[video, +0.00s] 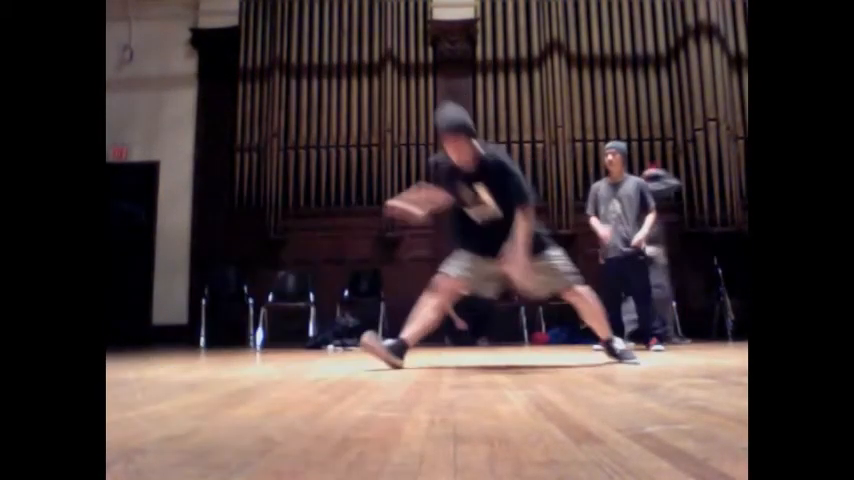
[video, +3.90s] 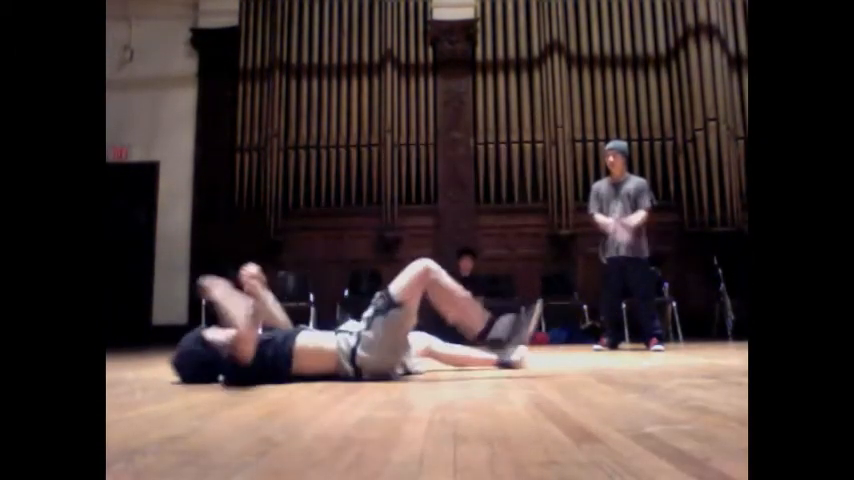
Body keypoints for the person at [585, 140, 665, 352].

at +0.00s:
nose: (609, 159)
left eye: (614, 155)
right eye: (607, 155)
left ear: (623, 158)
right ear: (604, 160)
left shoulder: (637, 184)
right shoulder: (597, 188)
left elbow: (651, 212)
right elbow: (591, 215)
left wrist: (642, 234)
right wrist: (601, 229)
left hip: (633, 251)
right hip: (609, 254)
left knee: (643, 298)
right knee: (610, 301)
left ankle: (650, 336)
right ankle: (614, 337)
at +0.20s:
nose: (609, 160)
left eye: (613, 155)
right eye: (606, 156)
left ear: (622, 159)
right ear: (603, 160)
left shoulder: (637, 184)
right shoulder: (597, 187)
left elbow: (650, 211)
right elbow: (590, 215)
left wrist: (641, 234)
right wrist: (604, 212)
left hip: (633, 250)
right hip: (609, 253)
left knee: (642, 297)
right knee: (611, 298)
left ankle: (651, 336)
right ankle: (612, 337)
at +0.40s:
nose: (608, 162)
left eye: (612, 158)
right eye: (605, 158)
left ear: (622, 160)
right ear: (603, 162)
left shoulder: (637, 183)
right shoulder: (599, 185)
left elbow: (648, 212)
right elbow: (596, 206)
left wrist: (644, 239)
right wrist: (614, 182)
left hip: (633, 248)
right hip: (609, 250)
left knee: (642, 296)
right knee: (610, 298)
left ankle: (653, 336)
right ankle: (612, 337)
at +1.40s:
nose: (607, 165)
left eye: (611, 160)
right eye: (604, 161)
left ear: (622, 162)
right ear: (602, 164)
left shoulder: (638, 185)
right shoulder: (598, 188)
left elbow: (648, 213)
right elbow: (590, 218)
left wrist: (647, 242)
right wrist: (610, 203)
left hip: (635, 247)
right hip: (610, 249)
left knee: (643, 294)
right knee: (611, 296)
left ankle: (653, 336)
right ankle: (612, 337)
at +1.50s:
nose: (610, 162)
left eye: (614, 158)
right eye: (607, 158)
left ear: (623, 160)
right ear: (605, 162)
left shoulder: (639, 184)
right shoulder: (598, 188)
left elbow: (651, 211)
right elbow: (592, 214)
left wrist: (647, 241)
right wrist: (608, 226)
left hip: (636, 250)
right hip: (611, 251)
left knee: (644, 296)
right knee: (610, 298)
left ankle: (653, 336)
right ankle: (609, 337)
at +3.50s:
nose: (612, 159)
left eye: (616, 155)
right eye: (609, 155)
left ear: (625, 158)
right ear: (606, 160)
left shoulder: (640, 185)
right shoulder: (598, 188)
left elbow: (649, 215)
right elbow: (595, 219)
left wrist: (652, 245)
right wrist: (595, 246)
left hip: (636, 251)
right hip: (610, 252)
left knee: (645, 297)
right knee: (610, 299)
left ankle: (653, 336)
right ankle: (609, 337)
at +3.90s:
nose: (611, 161)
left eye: (615, 156)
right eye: (608, 157)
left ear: (624, 159)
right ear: (605, 161)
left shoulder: (639, 184)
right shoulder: (598, 187)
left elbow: (644, 211)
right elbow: (595, 214)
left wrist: (627, 223)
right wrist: (611, 225)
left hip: (636, 252)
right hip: (611, 253)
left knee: (644, 296)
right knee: (610, 298)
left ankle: (653, 336)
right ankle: (609, 337)